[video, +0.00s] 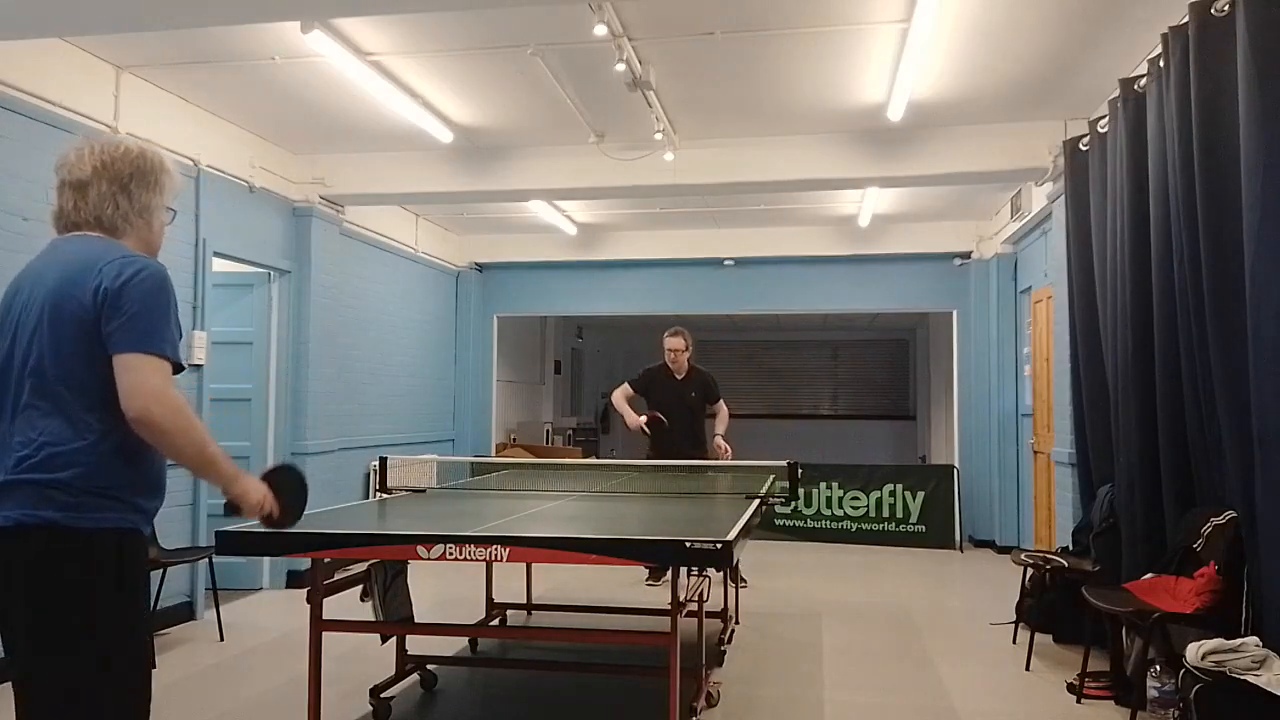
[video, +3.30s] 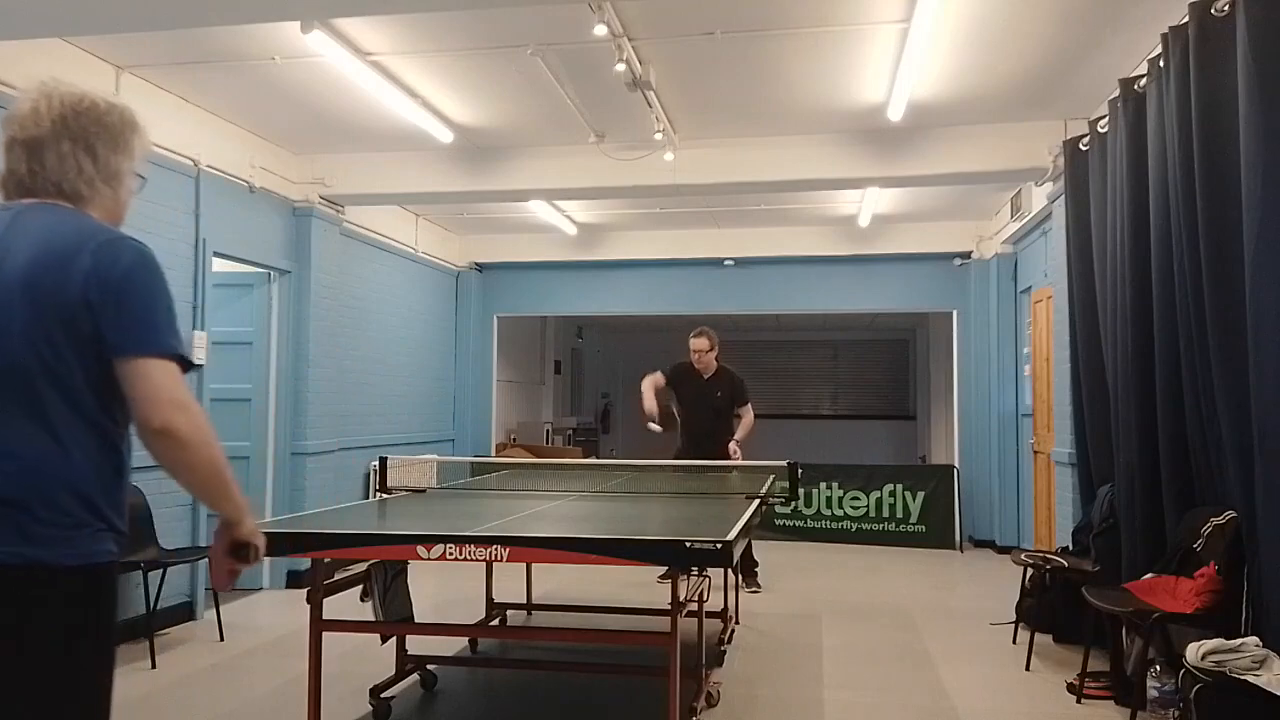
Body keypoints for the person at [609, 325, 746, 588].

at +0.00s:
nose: (672, 355)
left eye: (677, 350)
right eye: (668, 350)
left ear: (688, 350)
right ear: (663, 351)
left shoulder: (702, 378)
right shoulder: (652, 376)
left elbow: (721, 411)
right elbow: (617, 395)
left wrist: (718, 436)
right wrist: (630, 415)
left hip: (695, 459)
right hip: (659, 459)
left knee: (705, 510)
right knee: (656, 512)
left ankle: (729, 563)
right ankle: (657, 565)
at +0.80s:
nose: (689, 347)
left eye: (694, 342)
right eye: (685, 342)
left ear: (705, 345)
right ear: (680, 345)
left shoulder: (720, 376)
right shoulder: (671, 377)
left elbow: (739, 409)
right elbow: (650, 412)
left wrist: (732, 430)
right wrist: (659, 438)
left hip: (717, 459)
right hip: (680, 460)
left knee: (735, 510)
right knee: (668, 510)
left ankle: (753, 569)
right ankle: (659, 566)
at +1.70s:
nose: (686, 354)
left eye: (691, 349)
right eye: (682, 349)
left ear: (703, 348)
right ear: (677, 347)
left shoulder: (714, 377)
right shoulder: (667, 370)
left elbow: (728, 409)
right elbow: (631, 379)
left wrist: (719, 434)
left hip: (704, 456)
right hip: (670, 454)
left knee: (722, 506)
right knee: (667, 508)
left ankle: (741, 563)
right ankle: (669, 560)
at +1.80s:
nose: (691, 339)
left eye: (697, 335)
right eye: (687, 334)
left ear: (705, 337)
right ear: (680, 336)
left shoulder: (714, 370)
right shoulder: (665, 359)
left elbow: (726, 402)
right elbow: (641, 360)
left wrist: (720, 427)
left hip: (702, 450)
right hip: (669, 448)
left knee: (712, 505)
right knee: (666, 506)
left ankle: (729, 559)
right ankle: (668, 560)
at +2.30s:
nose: (707, 338)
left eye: (712, 334)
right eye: (703, 334)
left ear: (722, 338)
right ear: (696, 337)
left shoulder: (732, 372)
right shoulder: (683, 365)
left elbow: (749, 406)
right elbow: (648, 381)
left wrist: (742, 428)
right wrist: (652, 390)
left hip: (720, 454)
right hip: (685, 452)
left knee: (726, 509)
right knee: (675, 507)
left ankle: (730, 563)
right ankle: (670, 562)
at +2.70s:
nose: (692, 345)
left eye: (697, 341)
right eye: (688, 341)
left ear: (707, 343)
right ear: (682, 344)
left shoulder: (721, 373)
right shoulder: (672, 373)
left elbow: (740, 407)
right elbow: (653, 408)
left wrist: (730, 431)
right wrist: (662, 433)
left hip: (717, 456)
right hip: (683, 457)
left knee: (731, 508)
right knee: (679, 509)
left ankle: (746, 565)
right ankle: (678, 563)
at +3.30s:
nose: (696, 357)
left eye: (702, 352)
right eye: (693, 352)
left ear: (715, 350)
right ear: (689, 351)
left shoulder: (731, 380)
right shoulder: (681, 372)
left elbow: (747, 416)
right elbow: (648, 381)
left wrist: (736, 440)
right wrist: (651, 406)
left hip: (721, 459)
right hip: (686, 457)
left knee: (735, 513)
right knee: (674, 509)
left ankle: (748, 572)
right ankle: (678, 562)